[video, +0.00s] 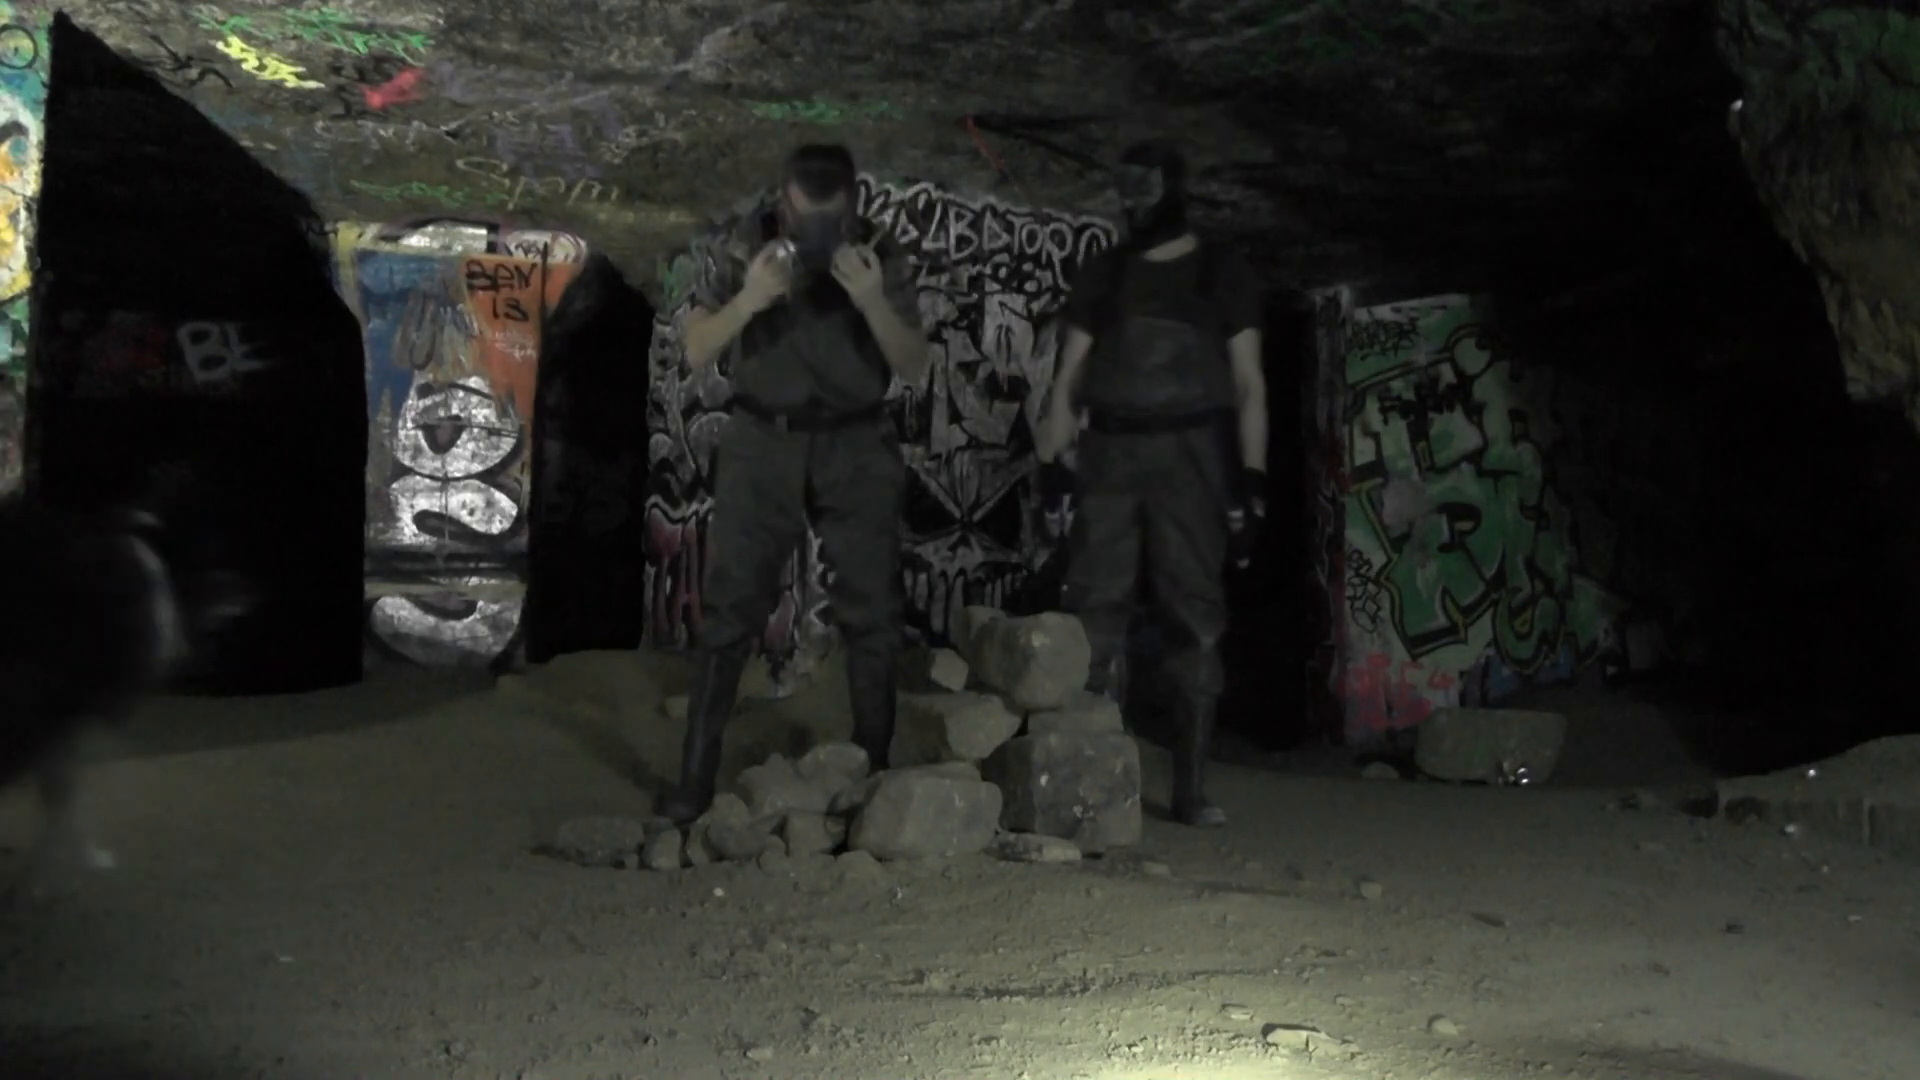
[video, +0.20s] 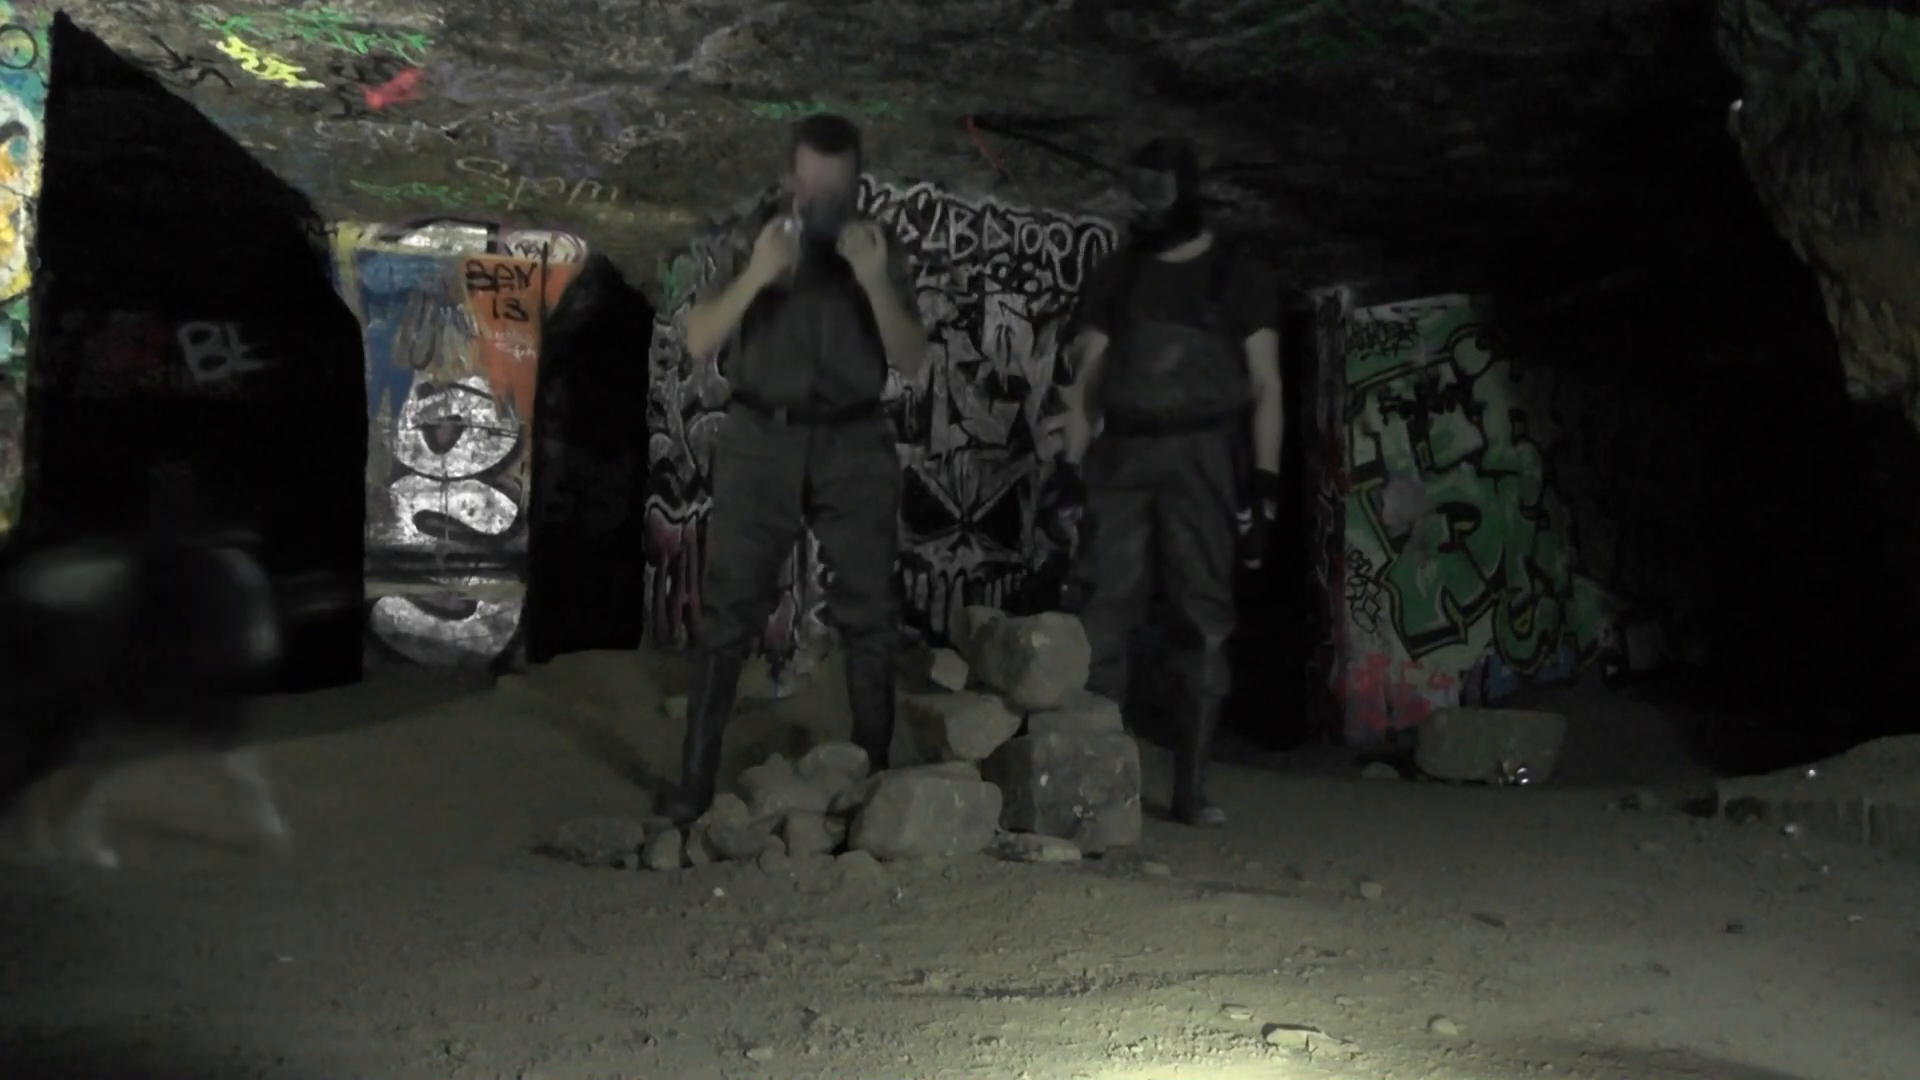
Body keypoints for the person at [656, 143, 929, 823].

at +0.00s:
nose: (817, 229)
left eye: (831, 217)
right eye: (805, 215)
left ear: (853, 204)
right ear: (783, 199)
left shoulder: (877, 253)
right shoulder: (741, 245)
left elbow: (912, 364)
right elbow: (697, 349)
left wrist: (872, 299)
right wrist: (749, 300)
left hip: (856, 453)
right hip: (758, 450)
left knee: (870, 617)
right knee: (729, 615)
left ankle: (873, 781)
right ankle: (694, 787)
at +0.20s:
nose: (819, 201)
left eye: (834, 188)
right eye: (808, 186)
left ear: (857, 182)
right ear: (788, 176)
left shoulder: (878, 247)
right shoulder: (748, 238)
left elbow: (910, 359)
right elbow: (697, 339)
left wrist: (875, 280)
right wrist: (754, 277)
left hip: (854, 453)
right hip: (758, 450)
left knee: (866, 617)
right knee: (729, 614)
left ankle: (873, 781)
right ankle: (695, 785)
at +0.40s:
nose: (818, 184)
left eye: (834, 172)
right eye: (806, 169)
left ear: (858, 165)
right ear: (786, 157)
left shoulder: (875, 233)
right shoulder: (748, 229)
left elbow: (908, 353)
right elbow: (696, 334)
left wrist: (875, 260)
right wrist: (755, 253)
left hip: (853, 447)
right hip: (759, 444)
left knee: (866, 618)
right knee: (730, 614)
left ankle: (874, 782)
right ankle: (696, 786)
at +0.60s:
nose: (814, 176)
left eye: (828, 163)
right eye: (802, 161)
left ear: (852, 159)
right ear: (783, 153)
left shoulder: (871, 231)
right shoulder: (749, 230)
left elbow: (907, 345)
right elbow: (695, 331)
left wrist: (871, 248)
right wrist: (752, 245)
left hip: (852, 445)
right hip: (759, 443)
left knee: (865, 617)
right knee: (730, 612)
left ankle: (875, 780)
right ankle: (695, 787)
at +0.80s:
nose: (814, 175)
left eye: (828, 163)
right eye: (803, 162)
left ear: (850, 160)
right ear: (781, 155)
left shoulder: (869, 229)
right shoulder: (749, 229)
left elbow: (907, 340)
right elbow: (694, 325)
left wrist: (869, 245)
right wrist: (750, 242)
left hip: (851, 445)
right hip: (759, 442)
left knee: (865, 617)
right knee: (731, 611)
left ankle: (876, 783)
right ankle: (695, 787)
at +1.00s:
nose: (808, 176)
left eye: (822, 163)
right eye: (797, 163)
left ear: (846, 158)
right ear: (779, 156)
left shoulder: (869, 230)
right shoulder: (750, 230)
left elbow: (907, 339)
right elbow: (693, 323)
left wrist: (869, 242)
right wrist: (748, 243)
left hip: (850, 444)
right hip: (758, 441)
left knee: (864, 619)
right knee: (731, 611)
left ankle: (875, 784)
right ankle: (695, 785)